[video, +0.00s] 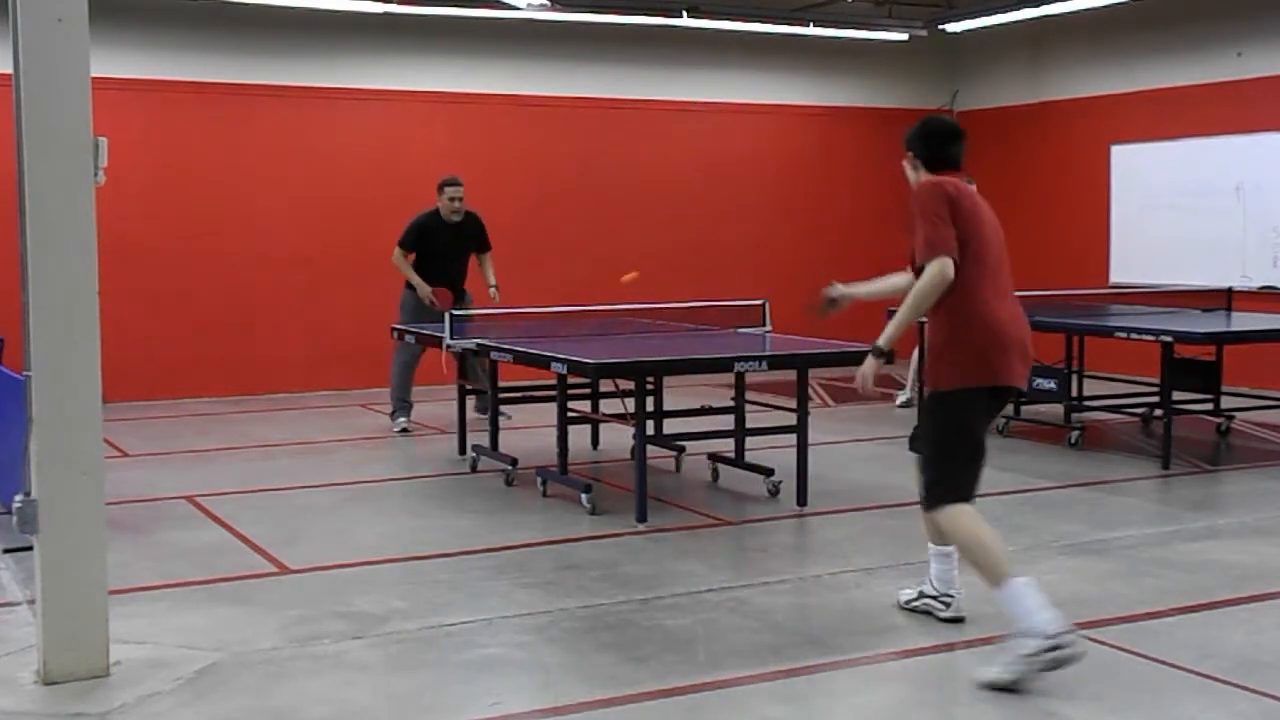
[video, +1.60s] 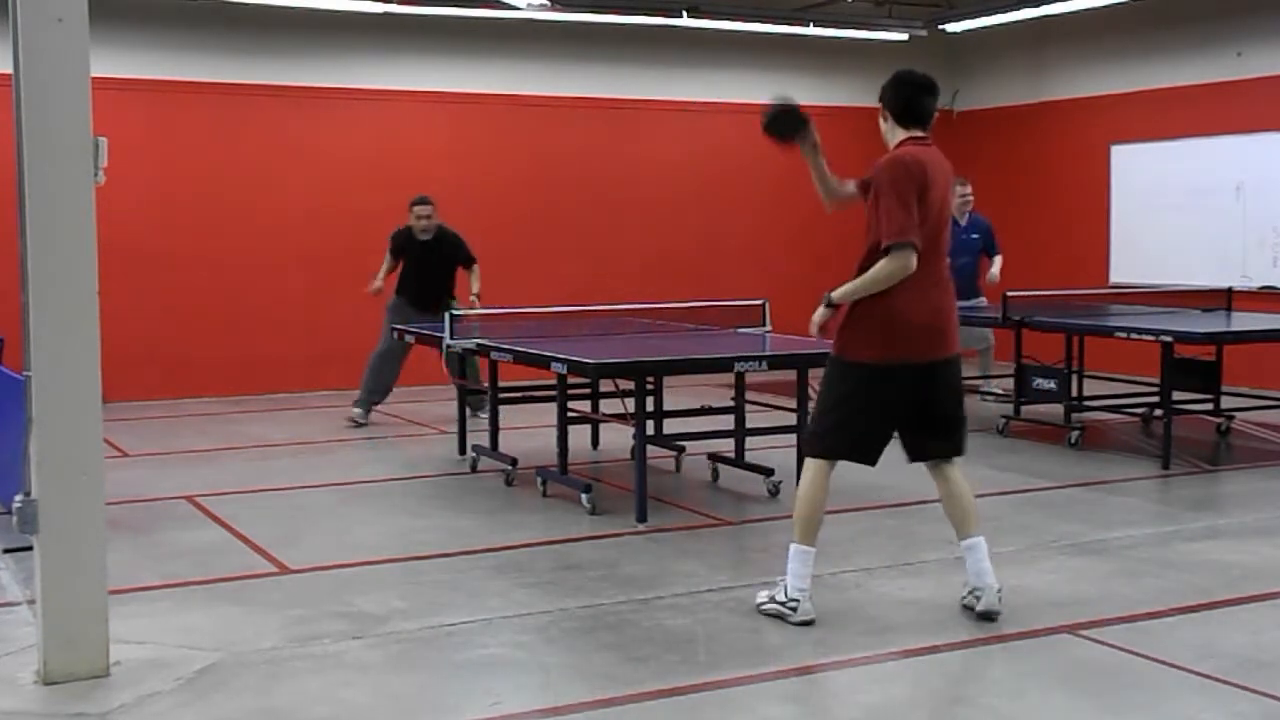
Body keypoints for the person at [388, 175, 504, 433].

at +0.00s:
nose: (457, 205)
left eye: (460, 199)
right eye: (451, 199)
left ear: (465, 200)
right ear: (439, 200)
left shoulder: (473, 223)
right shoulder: (423, 224)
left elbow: (483, 255)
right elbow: (398, 256)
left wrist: (492, 284)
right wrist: (419, 285)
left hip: (457, 298)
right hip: (420, 297)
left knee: (473, 349)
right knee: (408, 351)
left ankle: (485, 402)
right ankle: (400, 411)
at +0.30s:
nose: (466, 237)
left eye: (470, 231)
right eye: (461, 231)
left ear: (476, 229)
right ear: (450, 228)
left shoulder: (480, 246)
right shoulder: (433, 241)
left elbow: (494, 278)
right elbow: (394, 262)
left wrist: (502, 301)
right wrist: (421, 290)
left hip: (458, 303)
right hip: (423, 303)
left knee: (481, 345)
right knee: (417, 348)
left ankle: (487, 404)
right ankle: (405, 411)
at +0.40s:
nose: (464, 243)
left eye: (469, 237)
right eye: (459, 237)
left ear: (474, 234)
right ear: (448, 232)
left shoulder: (475, 249)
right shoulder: (431, 241)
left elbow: (485, 279)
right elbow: (397, 263)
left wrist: (498, 306)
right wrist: (432, 283)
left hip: (447, 302)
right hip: (412, 300)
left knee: (465, 351)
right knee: (408, 347)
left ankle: (486, 405)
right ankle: (404, 411)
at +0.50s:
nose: (462, 250)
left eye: (466, 244)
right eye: (457, 243)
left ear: (471, 240)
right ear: (445, 236)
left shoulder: (467, 251)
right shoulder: (429, 241)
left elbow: (473, 280)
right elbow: (417, 257)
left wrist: (487, 302)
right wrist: (457, 273)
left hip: (437, 302)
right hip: (405, 299)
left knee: (457, 349)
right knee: (405, 347)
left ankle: (479, 402)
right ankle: (403, 412)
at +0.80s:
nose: (468, 248)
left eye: (472, 243)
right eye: (464, 242)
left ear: (476, 239)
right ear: (450, 234)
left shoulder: (465, 252)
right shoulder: (432, 245)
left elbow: (459, 275)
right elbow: (411, 273)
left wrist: (462, 299)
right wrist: (440, 299)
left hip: (428, 302)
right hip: (398, 298)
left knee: (445, 351)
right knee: (399, 353)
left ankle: (461, 402)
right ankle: (402, 412)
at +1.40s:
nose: (457, 214)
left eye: (460, 208)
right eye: (452, 208)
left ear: (465, 209)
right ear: (439, 207)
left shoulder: (466, 233)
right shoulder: (419, 227)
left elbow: (473, 263)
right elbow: (391, 254)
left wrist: (482, 289)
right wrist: (410, 287)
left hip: (440, 300)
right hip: (405, 299)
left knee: (451, 351)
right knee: (391, 350)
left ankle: (464, 403)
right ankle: (374, 407)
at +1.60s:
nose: (424, 223)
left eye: (429, 217)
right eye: (419, 218)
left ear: (436, 217)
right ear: (410, 219)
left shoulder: (450, 240)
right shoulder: (402, 238)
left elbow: (472, 265)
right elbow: (392, 257)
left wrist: (475, 293)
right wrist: (380, 278)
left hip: (442, 310)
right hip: (406, 307)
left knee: (463, 353)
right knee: (389, 351)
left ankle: (478, 404)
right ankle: (364, 405)